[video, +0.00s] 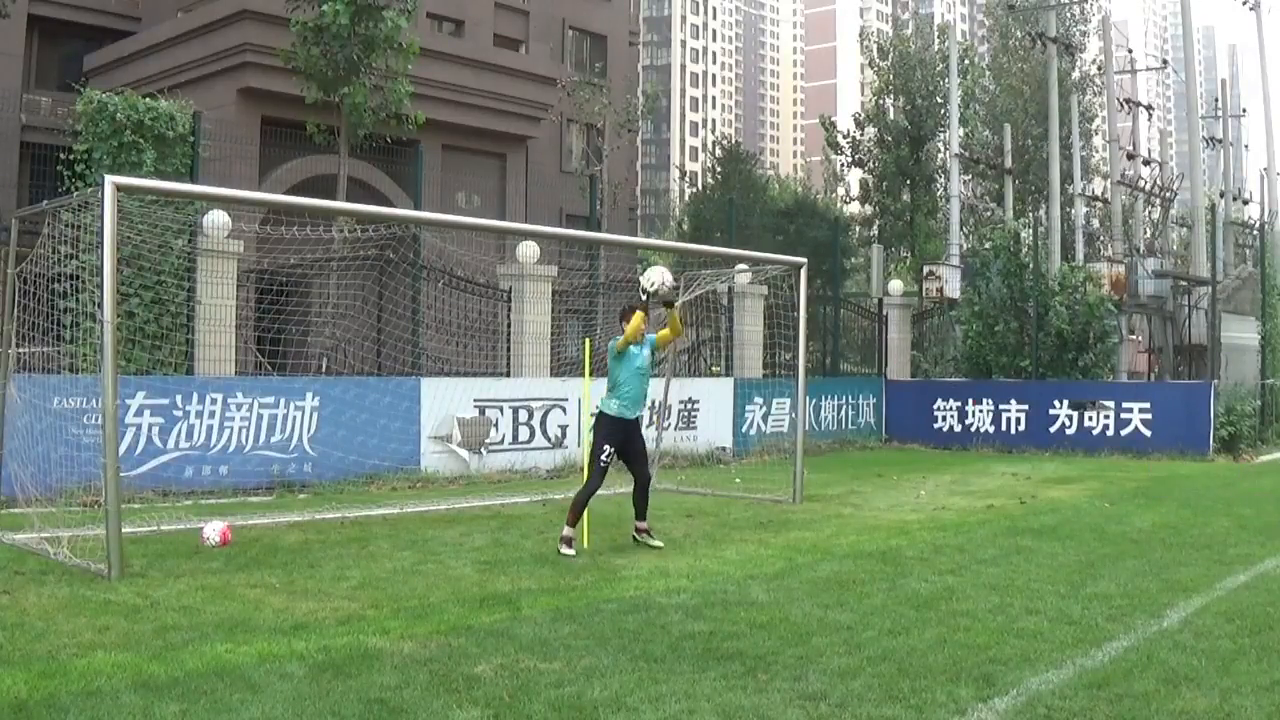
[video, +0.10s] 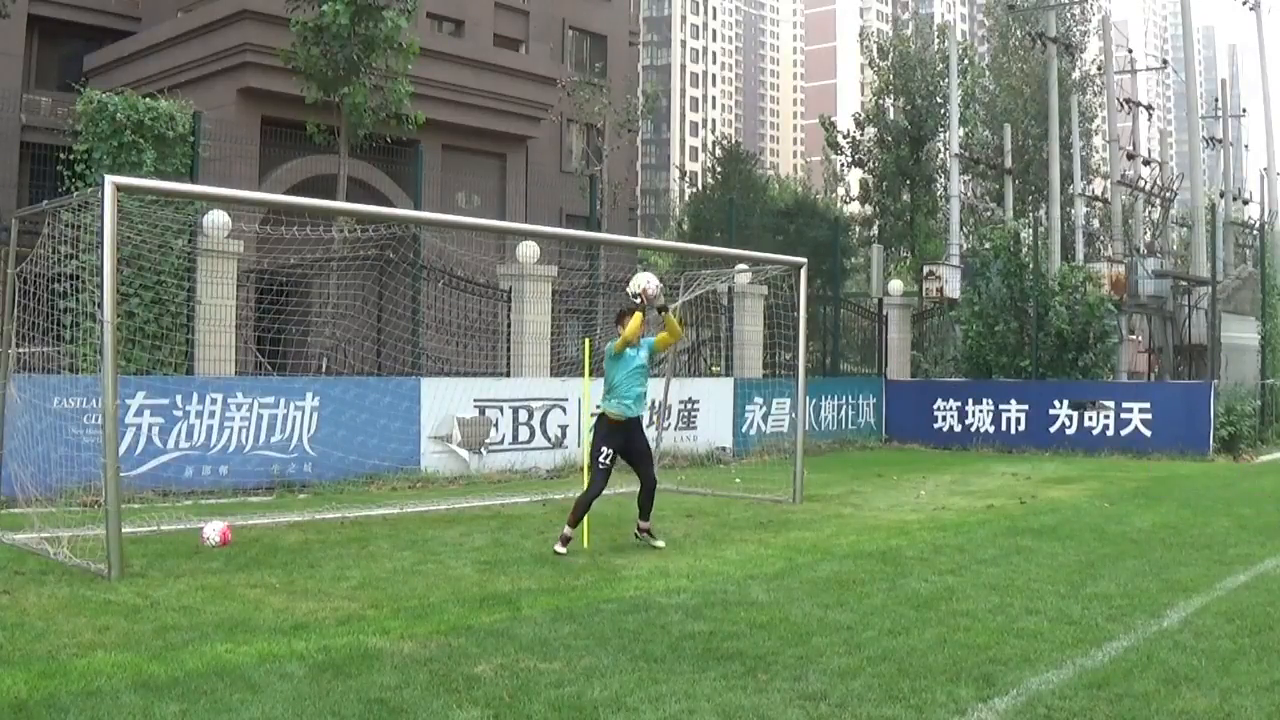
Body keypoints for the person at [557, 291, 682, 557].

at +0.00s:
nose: (641, 324)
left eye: (643, 320)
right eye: (637, 320)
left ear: (644, 323)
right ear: (625, 323)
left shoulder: (648, 343)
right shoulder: (616, 347)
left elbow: (675, 331)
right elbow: (631, 335)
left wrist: (670, 306)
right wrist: (643, 306)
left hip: (632, 423)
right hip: (609, 421)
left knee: (643, 477)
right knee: (594, 482)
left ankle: (641, 529)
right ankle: (567, 533)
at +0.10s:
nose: (636, 327)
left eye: (638, 323)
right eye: (631, 322)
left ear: (641, 327)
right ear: (620, 327)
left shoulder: (646, 346)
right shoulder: (613, 351)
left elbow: (674, 335)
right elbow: (630, 335)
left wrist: (662, 310)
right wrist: (643, 307)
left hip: (633, 427)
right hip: (609, 426)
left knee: (649, 480)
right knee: (597, 486)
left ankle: (643, 529)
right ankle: (566, 533)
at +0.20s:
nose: (629, 350)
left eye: (632, 346)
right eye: (624, 346)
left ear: (635, 349)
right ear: (613, 350)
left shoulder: (639, 366)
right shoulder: (606, 370)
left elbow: (667, 350)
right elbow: (604, 344)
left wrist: (681, 326)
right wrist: (628, 320)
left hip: (630, 443)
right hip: (605, 444)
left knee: (652, 498)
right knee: (603, 495)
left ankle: (647, 536)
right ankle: (575, 536)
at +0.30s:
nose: (622, 354)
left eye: (625, 350)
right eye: (617, 350)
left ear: (628, 353)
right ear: (605, 354)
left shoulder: (634, 374)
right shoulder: (594, 374)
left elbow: (663, 374)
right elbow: (574, 360)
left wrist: (669, 357)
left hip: (625, 450)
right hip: (597, 448)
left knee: (644, 496)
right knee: (600, 496)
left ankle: (646, 537)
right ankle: (592, 543)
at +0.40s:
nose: (609, 349)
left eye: (612, 344)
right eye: (604, 344)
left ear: (614, 346)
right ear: (591, 347)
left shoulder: (616, 369)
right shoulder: (573, 368)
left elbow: (618, 394)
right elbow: (538, 384)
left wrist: (631, 407)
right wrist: (557, 396)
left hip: (597, 443)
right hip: (570, 441)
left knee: (624, 488)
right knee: (584, 494)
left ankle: (626, 528)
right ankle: (577, 534)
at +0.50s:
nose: (596, 357)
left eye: (598, 352)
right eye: (590, 353)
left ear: (602, 355)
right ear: (579, 358)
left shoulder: (603, 380)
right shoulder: (563, 386)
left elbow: (593, 411)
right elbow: (537, 415)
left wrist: (594, 436)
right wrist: (537, 447)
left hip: (580, 442)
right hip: (554, 443)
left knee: (611, 484)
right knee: (569, 487)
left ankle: (591, 532)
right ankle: (558, 532)